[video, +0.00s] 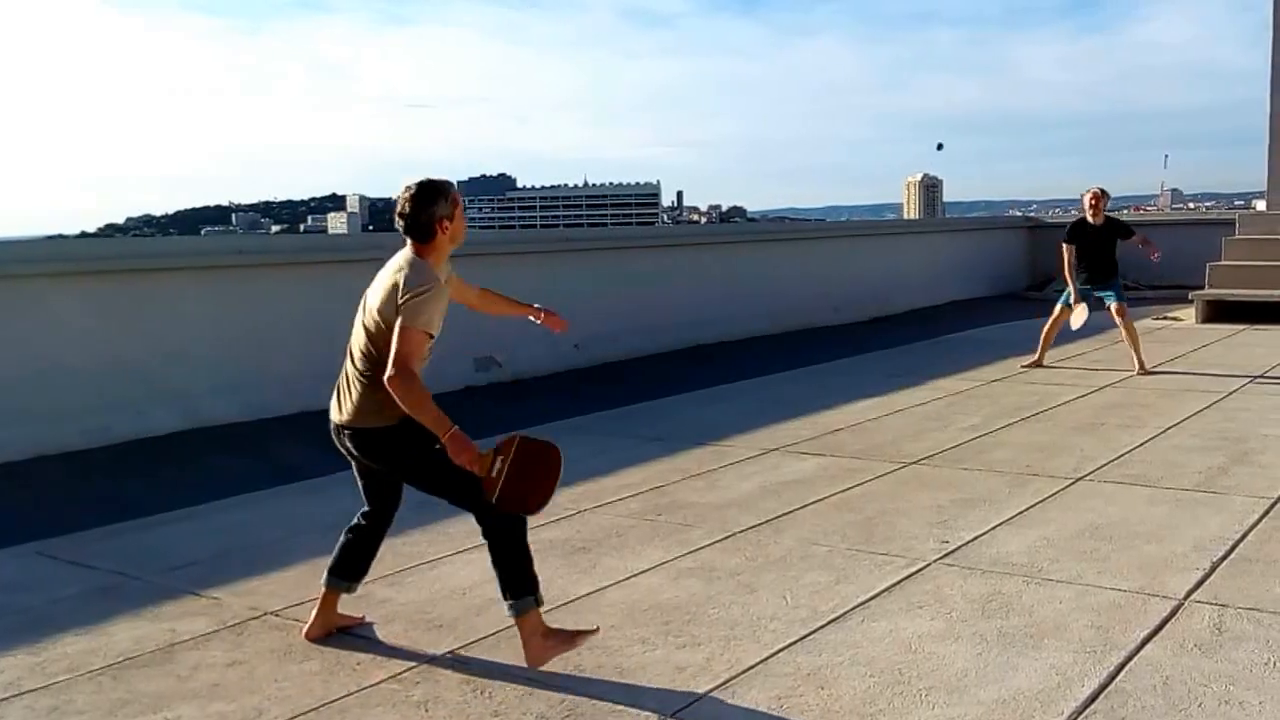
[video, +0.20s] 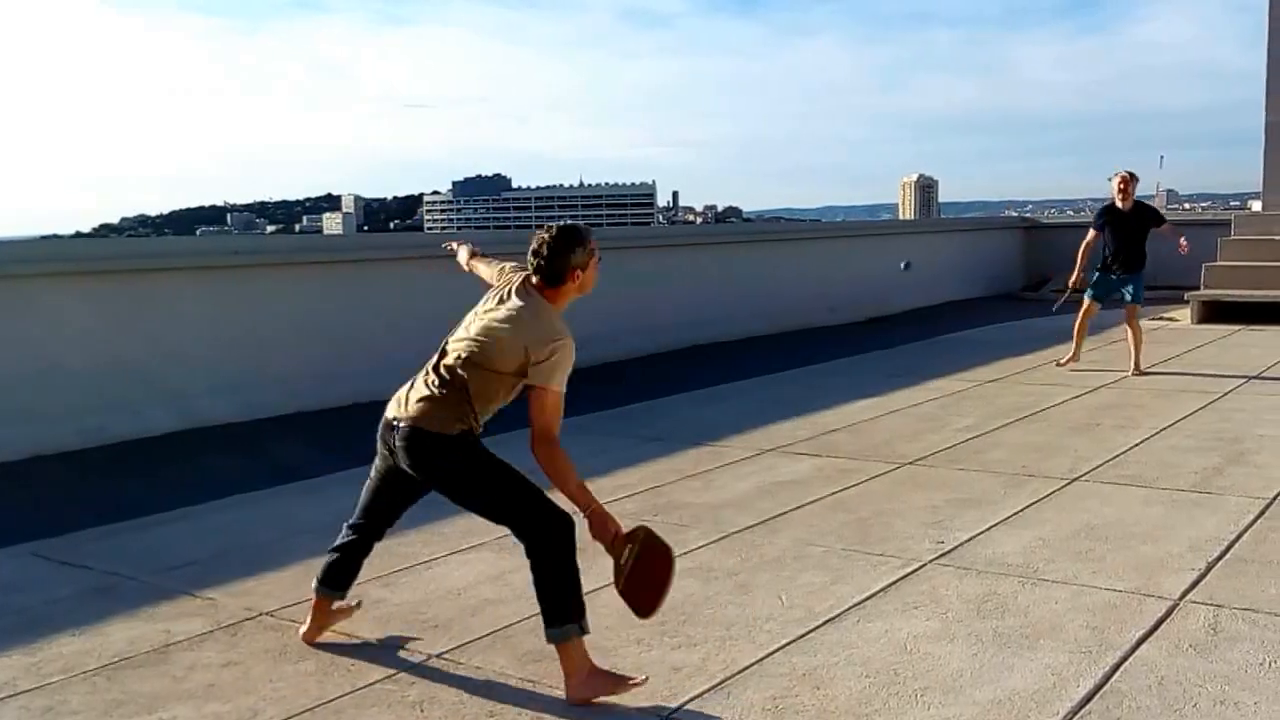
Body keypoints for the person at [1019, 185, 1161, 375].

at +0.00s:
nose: (1094, 203)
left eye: (1097, 200)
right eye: (1090, 200)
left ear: (1104, 203)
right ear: (1084, 204)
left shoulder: (1114, 225)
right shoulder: (1075, 228)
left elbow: (1140, 240)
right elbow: (1068, 263)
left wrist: (1150, 248)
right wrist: (1073, 292)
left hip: (1108, 282)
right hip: (1081, 282)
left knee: (1120, 316)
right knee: (1056, 316)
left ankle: (1139, 361)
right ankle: (1039, 357)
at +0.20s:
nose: (1123, 188)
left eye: (1127, 184)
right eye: (1119, 184)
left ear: (1134, 188)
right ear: (1113, 188)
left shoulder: (1146, 212)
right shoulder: (1105, 212)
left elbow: (1168, 230)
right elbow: (1088, 243)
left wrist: (1180, 241)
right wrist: (1077, 272)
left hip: (1133, 273)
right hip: (1106, 271)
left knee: (1131, 319)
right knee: (1086, 310)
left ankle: (1135, 364)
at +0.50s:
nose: (1142, 175)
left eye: (1146, 171)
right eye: (1138, 171)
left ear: (1153, 174)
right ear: (1131, 174)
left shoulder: (1164, 198)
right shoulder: (1127, 201)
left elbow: (1182, 226)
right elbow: (1121, 233)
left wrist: (1189, 256)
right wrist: (1106, 261)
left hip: (1160, 262)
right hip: (1137, 263)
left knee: (1168, 308)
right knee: (1145, 313)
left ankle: (1189, 356)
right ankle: (1161, 360)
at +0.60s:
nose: (1143, 188)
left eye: (1147, 184)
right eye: (1140, 184)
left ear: (1154, 186)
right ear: (1134, 188)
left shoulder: (1167, 208)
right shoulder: (1134, 213)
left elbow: (1186, 233)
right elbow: (1131, 246)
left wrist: (1188, 265)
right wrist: (1112, 271)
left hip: (1170, 274)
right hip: (1147, 277)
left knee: (1187, 316)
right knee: (1140, 324)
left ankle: (1218, 363)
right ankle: (1161, 367)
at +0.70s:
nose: (1147, 198)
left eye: (1151, 194)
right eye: (1144, 195)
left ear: (1160, 196)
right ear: (1139, 199)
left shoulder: (1172, 217)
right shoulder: (1142, 221)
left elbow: (1193, 241)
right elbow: (1142, 254)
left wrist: (1193, 268)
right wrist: (1118, 274)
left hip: (1179, 282)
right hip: (1157, 285)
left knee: (1195, 323)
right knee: (1137, 327)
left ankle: (1231, 368)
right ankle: (1157, 369)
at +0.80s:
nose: (1153, 205)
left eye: (1157, 200)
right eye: (1149, 201)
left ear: (1166, 202)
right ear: (1145, 206)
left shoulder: (1179, 221)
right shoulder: (1150, 230)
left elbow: (1201, 241)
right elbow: (1146, 261)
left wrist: (1202, 262)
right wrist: (1122, 282)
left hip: (1193, 284)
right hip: (1169, 286)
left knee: (1201, 329)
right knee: (1143, 327)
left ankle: (1235, 376)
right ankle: (1154, 369)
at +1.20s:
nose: (1166, 234)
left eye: (1171, 229)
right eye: (1162, 230)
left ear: (1182, 227)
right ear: (1158, 231)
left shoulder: (1201, 238)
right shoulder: (1163, 251)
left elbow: (1238, 246)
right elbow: (1162, 267)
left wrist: (1265, 259)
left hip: (1224, 286)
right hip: (1199, 293)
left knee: (1207, 330)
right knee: (1198, 343)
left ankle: (1222, 380)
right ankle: (1232, 363)